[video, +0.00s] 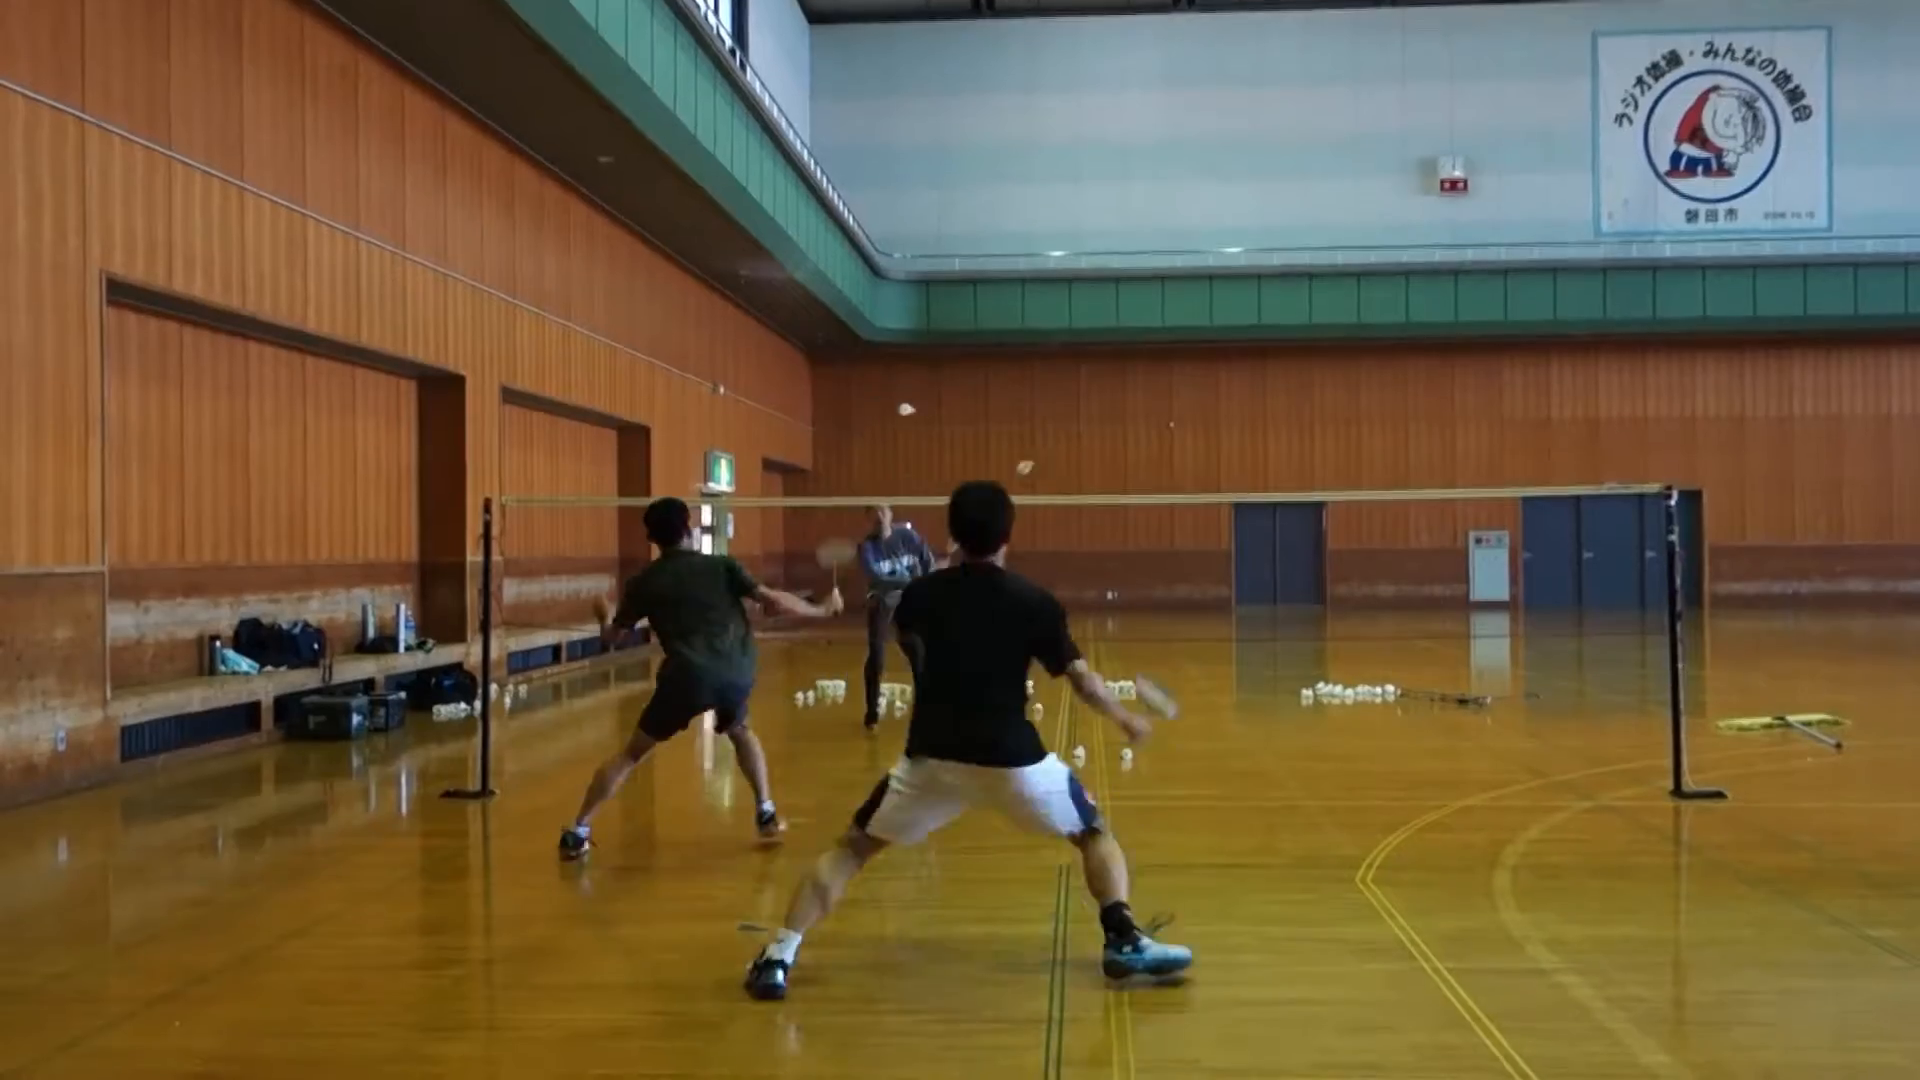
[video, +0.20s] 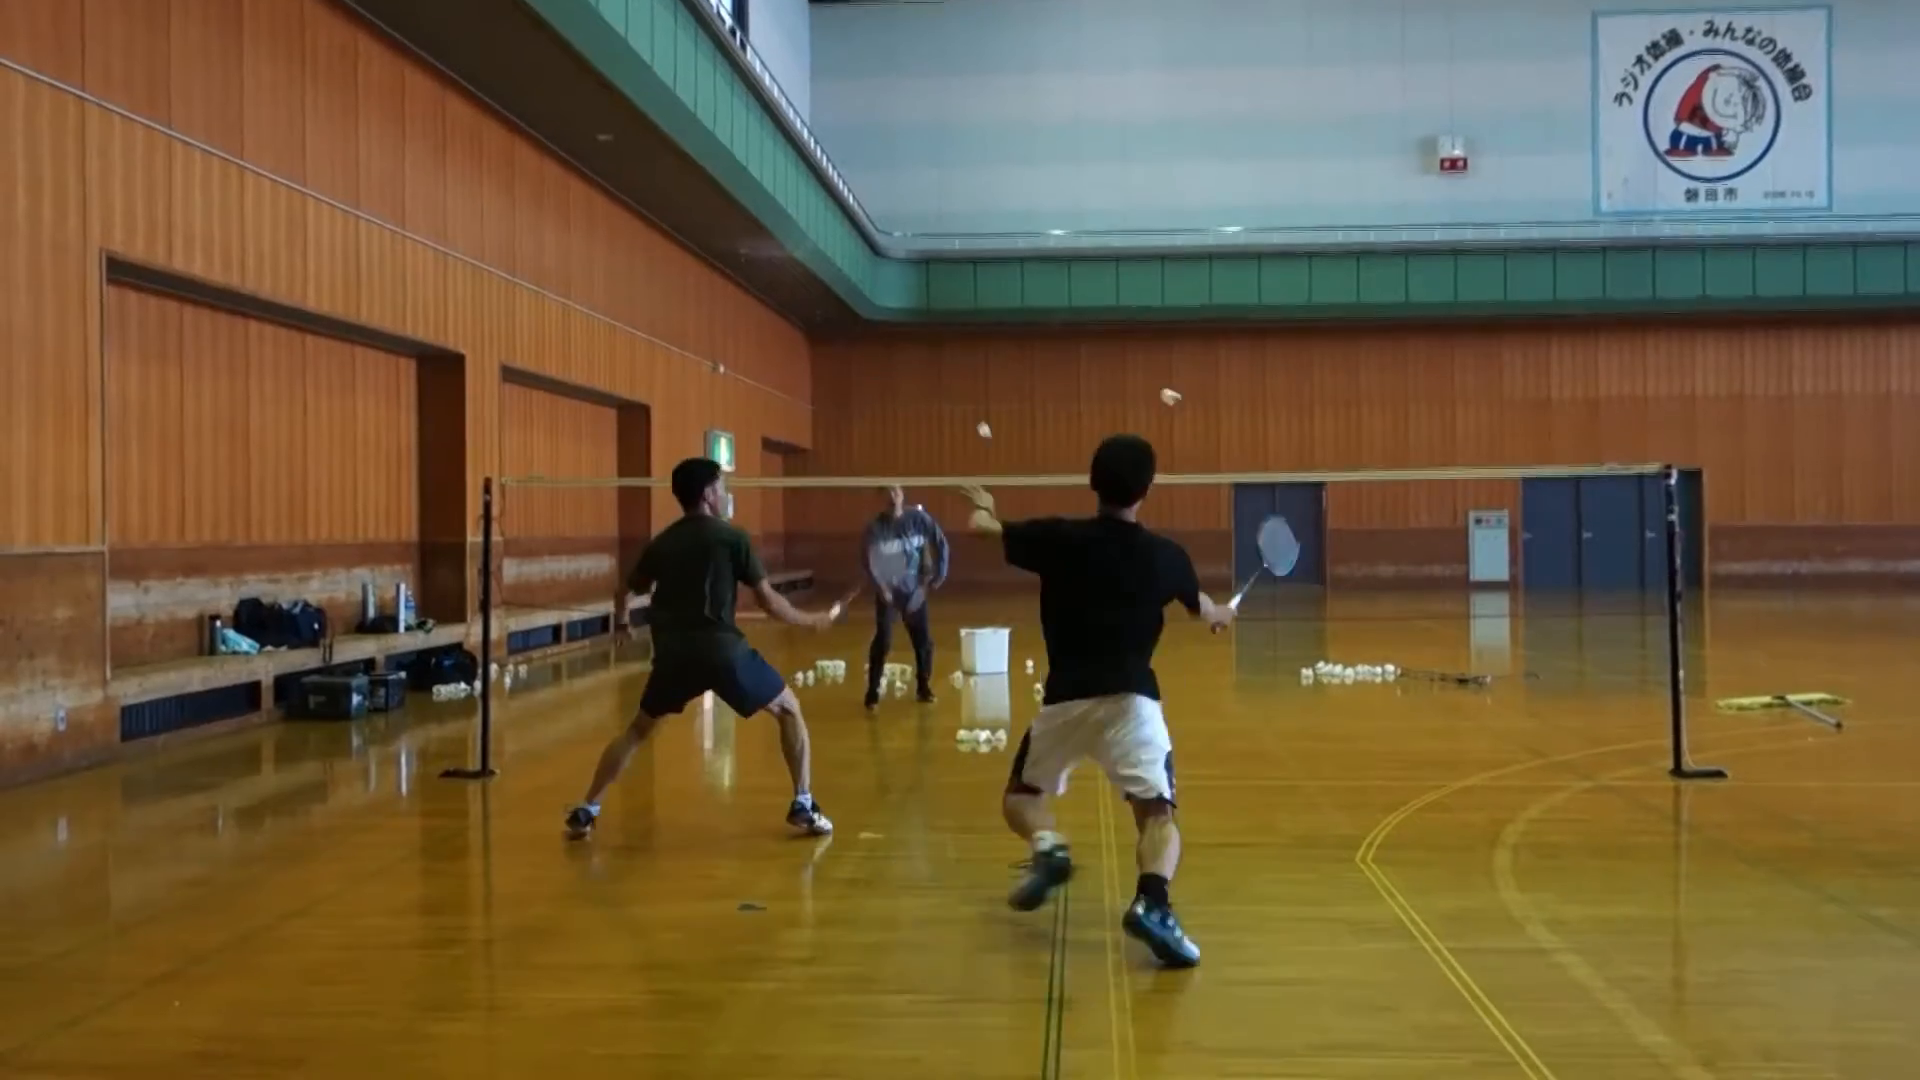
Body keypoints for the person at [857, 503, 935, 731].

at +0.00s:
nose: (880, 517)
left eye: (883, 512)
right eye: (875, 513)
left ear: (890, 514)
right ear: (870, 518)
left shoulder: (906, 534)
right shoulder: (868, 545)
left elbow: (927, 557)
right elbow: (873, 575)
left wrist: (927, 583)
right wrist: (907, 582)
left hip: (908, 598)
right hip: (882, 600)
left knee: (919, 655)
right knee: (876, 656)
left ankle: (925, 708)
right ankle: (872, 710)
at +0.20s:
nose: (893, 497)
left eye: (896, 491)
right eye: (889, 493)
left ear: (902, 494)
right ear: (883, 497)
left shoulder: (918, 518)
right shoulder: (875, 526)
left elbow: (941, 543)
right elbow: (867, 560)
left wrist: (940, 574)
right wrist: (882, 586)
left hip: (914, 587)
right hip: (887, 589)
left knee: (922, 641)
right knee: (882, 640)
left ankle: (923, 686)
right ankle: (873, 690)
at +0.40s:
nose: (887, 498)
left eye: (890, 492)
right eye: (883, 493)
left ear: (898, 494)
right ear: (878, 498)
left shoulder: (916, 520)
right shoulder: (874, 529)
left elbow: (933, 549)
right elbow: (867, 564)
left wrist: (910, 559)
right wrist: (859, 594)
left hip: (915, 590)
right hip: (887, 591)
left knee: (923, 640)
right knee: (880, 636)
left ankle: (923, 685)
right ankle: (872, 687)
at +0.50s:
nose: (879, 502)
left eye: (882, 496)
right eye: (875, 498)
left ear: (891, 497)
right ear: (871, 501)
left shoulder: (910, 521)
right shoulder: (873, 528)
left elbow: (916, 554)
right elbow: (866, 565)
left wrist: (883, 544)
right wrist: (856, 595)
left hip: (912, 590)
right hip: (885, 592)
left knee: (921, 642)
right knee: (877, 642)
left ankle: (923, 686)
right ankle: (873, 693)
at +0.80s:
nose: (861, 505)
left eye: (864, 500)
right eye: (858, 502)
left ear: (875, 501)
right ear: (856, 506)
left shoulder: (894, 521)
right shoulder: (857, 533)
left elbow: (902, 556)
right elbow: (849, 564)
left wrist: (876, 575)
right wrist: (841, 582)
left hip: (903, 589)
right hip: (875, 592)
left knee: (920, 639)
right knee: (872, 642)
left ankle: (931, 680)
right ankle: (873, 691)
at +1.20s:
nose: (872, 511)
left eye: (875, 506)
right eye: (868, 507)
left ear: (883, 508)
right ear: (864, 511)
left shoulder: (901, 531)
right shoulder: (859, 543)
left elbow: (916, 560)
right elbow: (857, 579)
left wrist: (895, 572)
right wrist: (859, 610)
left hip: (903, 603)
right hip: (876, 606)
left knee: (909, 654)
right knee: (873, 656)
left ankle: (909, 701)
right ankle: (872, 707)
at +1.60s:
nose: (871, 529)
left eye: (874, 523)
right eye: (868, 525)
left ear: (885, 523)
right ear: (868, 528)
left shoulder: (900, 543)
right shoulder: (875, 548)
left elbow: (895, 573)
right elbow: (883, 573)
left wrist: (866, 554)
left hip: (910, 614)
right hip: (888, 613)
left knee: (911, 668)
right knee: (876, 663)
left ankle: (908, 718)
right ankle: (879, 713)